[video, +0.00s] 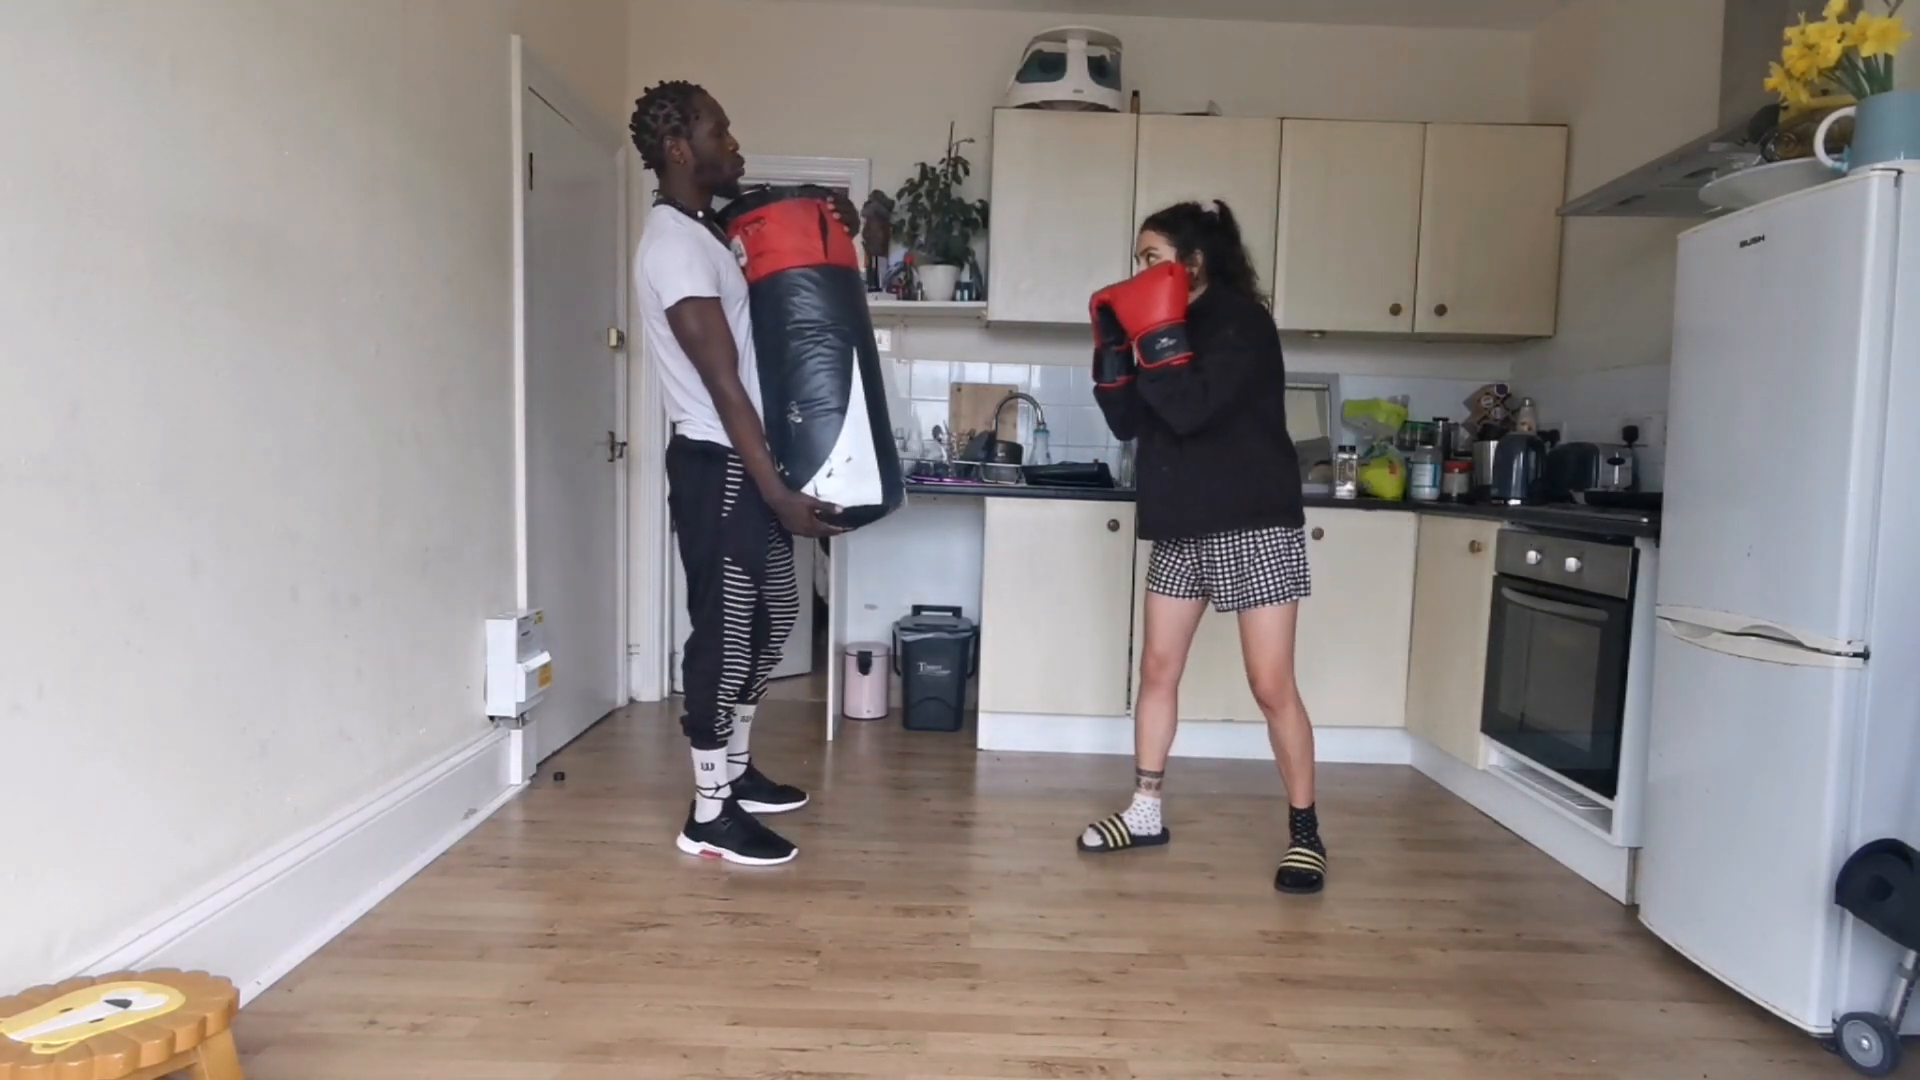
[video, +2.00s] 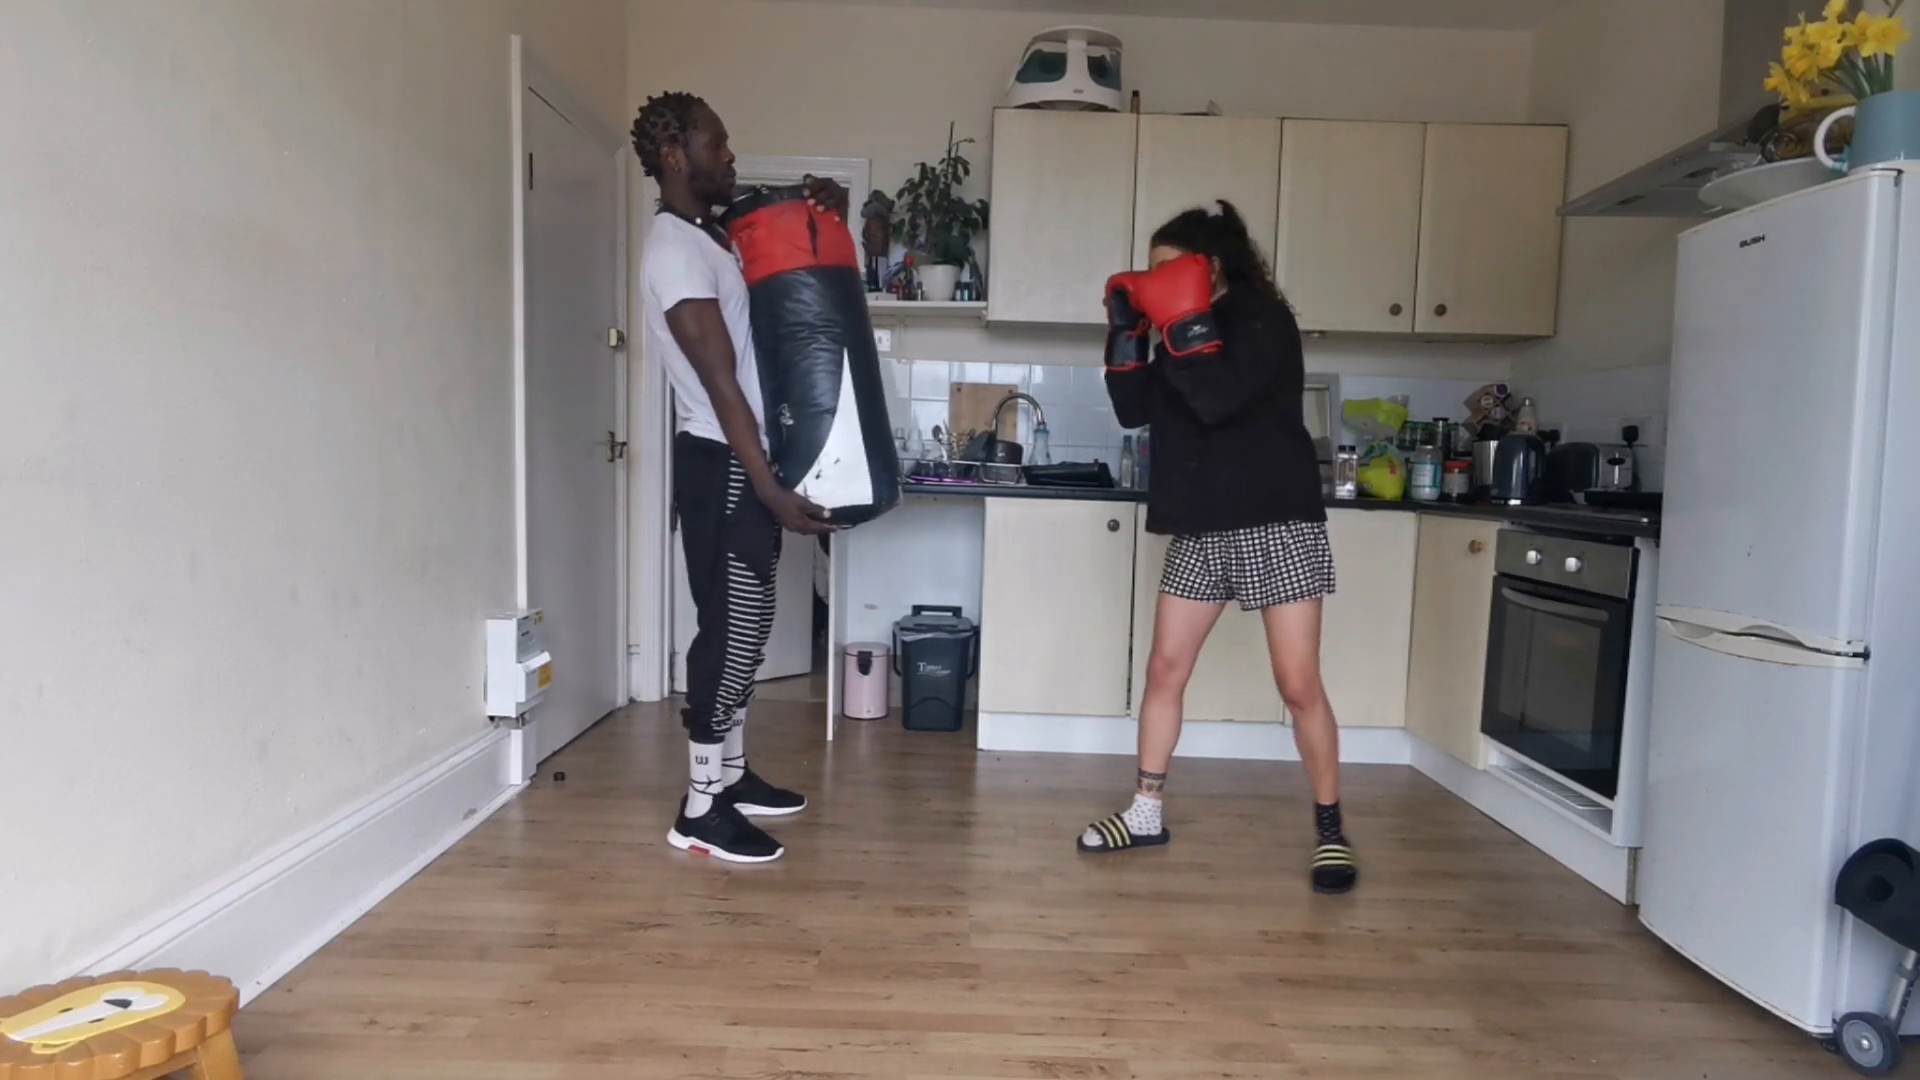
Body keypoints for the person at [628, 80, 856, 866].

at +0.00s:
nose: (735, 144)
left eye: (730, 130)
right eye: (720, 132)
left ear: (681, 148)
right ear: (676, 146)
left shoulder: (709, 233)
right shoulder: (673, 240)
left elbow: (776, 316)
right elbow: (722, 378)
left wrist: (826, 233)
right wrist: (776, 486)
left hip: (749, 450)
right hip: (713, 455)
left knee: (772, 612)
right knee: (725, 621)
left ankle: (731, 768)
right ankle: (710, 811)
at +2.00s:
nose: (730, 155)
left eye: (727, 142)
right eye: (716, 143)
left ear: (681, 155)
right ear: (672, 153)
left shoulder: (707, 236)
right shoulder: (672, 243)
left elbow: (781, 289)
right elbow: (718, 377)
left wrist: (819, 214)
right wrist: (770, 484)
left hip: (745, 450)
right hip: (717, 454)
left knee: (743, 617)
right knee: (735, 621)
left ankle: (727, 775)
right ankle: (703, 805)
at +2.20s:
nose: (738, 160)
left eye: (735, 146)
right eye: (724, 146)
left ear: (688, 156)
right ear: (680, 154)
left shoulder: (711, 238)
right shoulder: (675, 245)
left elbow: (783, 303)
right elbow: (719, 379)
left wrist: (819, 220)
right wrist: (770, 486)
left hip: (743, 451)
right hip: (717, 455)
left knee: (739, 621)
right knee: (735, 624)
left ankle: (728, 775)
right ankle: (703, 805)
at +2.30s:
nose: (740, 161)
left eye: (736, 147)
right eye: (726, 147)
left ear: (690, 157)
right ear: (683, 155)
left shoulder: (712, 239)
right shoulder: (675, 245)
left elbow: (784, 304)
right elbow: (719, 379)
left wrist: (820, 220)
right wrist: (769, 485)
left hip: (745, 452)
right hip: (718, 455)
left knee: (738, 621)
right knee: (733, 625)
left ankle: (727, 775)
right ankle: (703, 805)